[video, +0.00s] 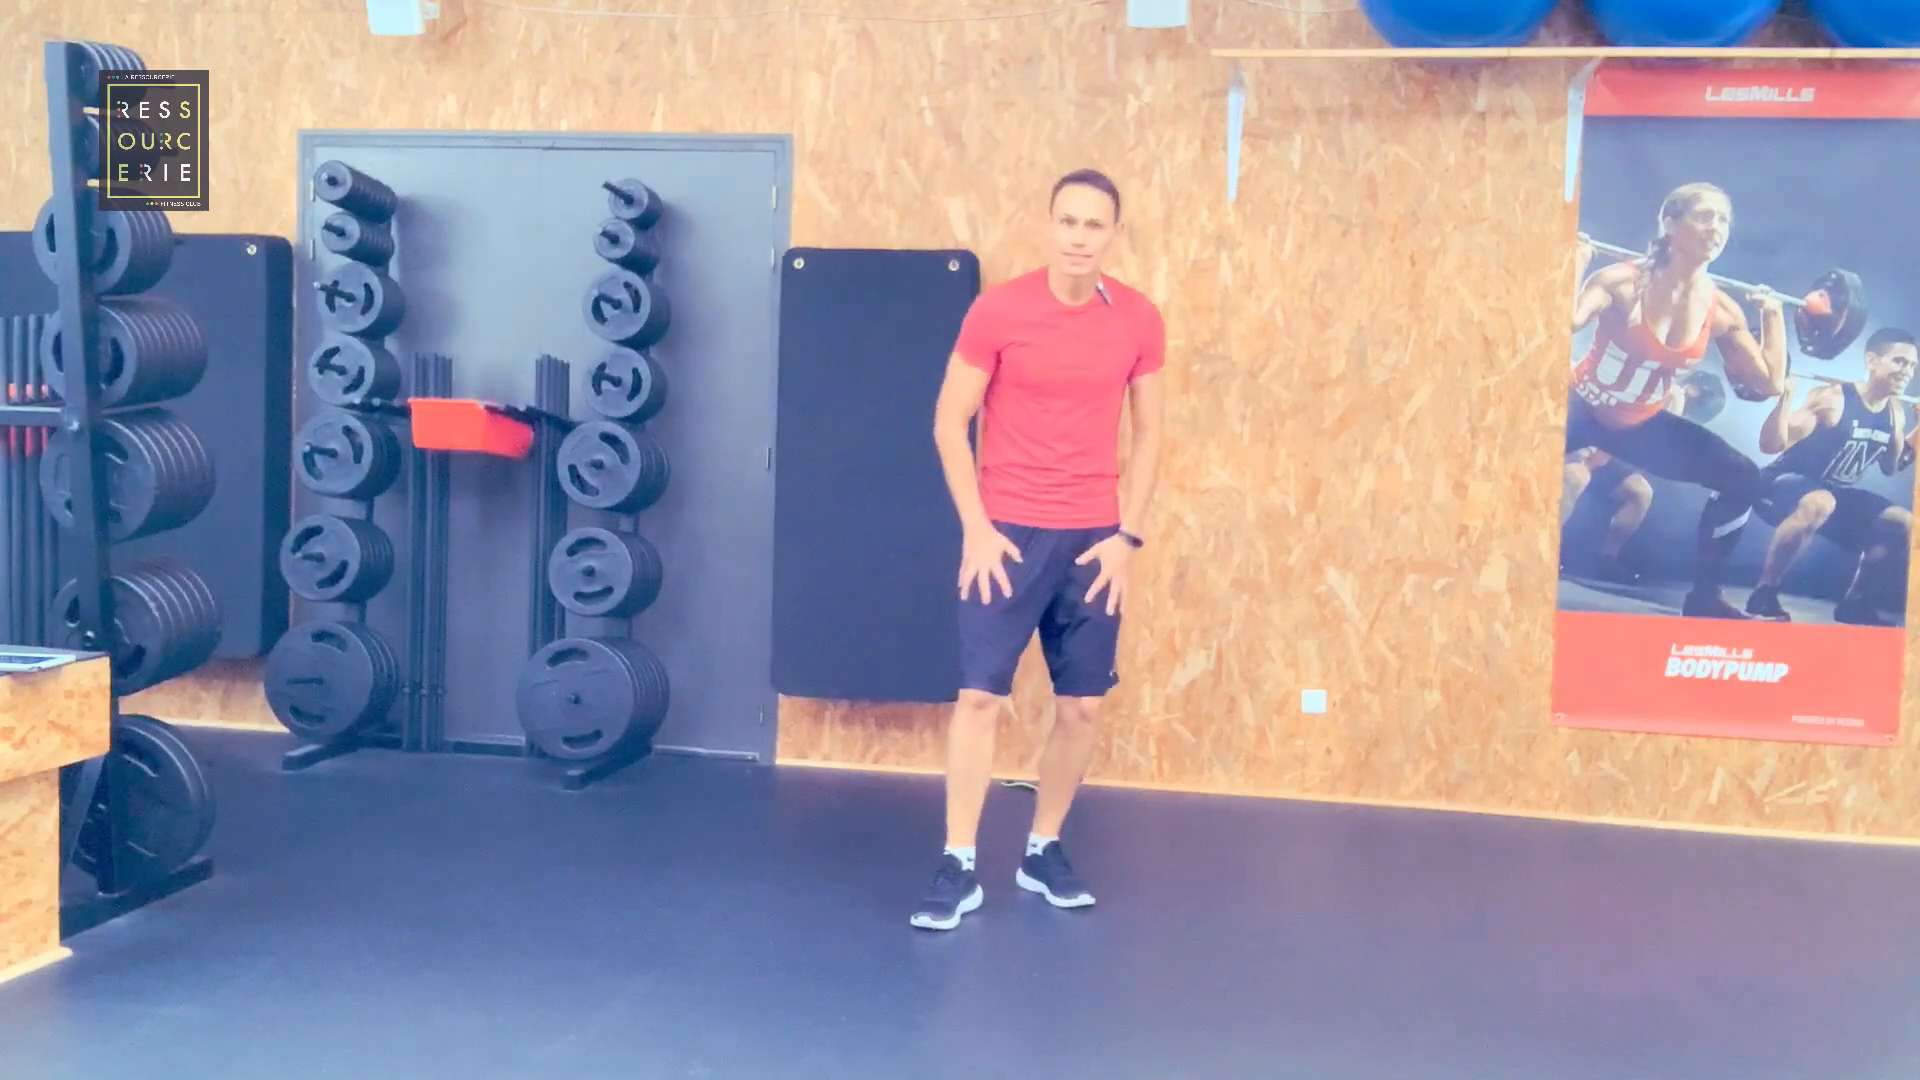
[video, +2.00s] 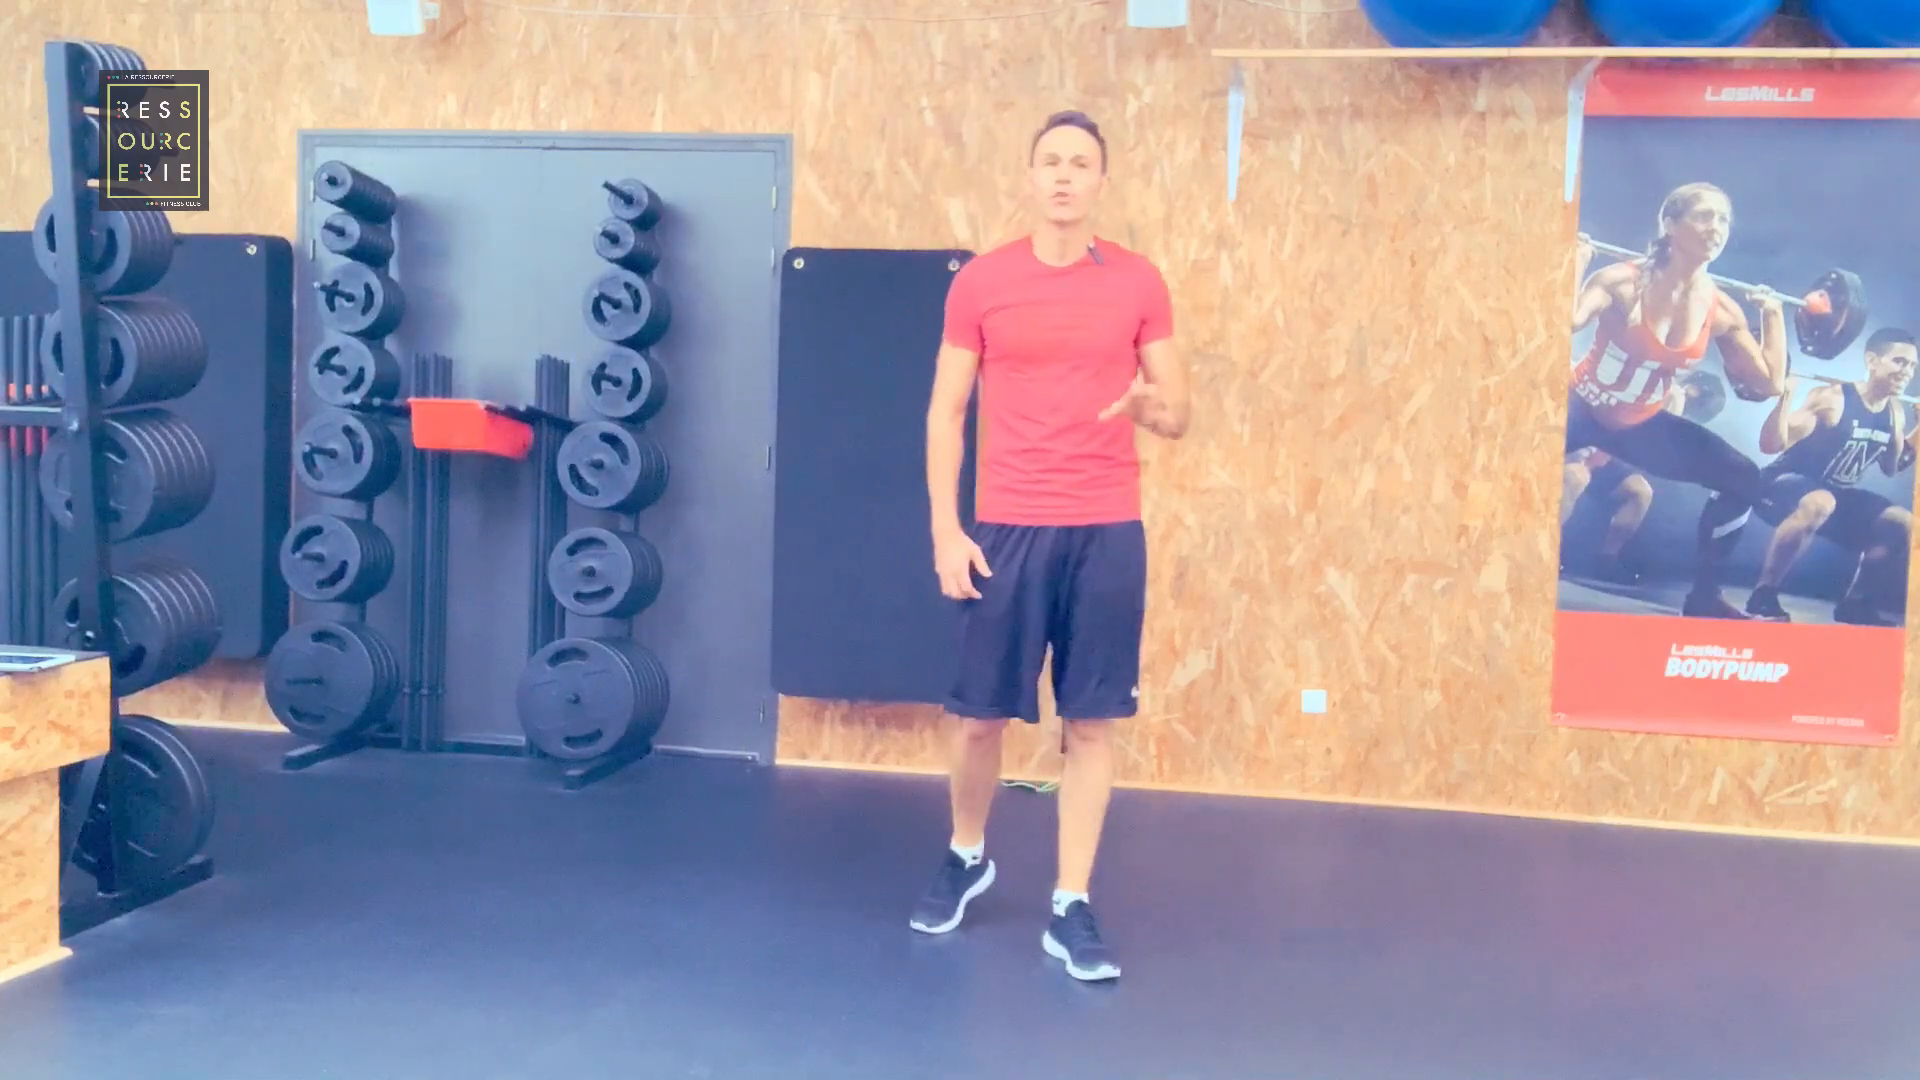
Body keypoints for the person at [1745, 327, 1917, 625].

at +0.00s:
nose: (1906, 372)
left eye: (1911, 365)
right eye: (1899, 361)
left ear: (1913, 371)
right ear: (1872, 361)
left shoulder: (1894, 411)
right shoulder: (1831, 397)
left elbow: (1890, 466)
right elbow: (1768, 444)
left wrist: (1910, 444)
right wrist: (1784, 398)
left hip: (1838, 494)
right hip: (1785, 481)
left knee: (1904, 524)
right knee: (1821, 502)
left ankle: (1854, 605)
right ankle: (1763, 595)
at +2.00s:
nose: (1906, 372)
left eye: (1911, 365)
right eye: (1899, 361)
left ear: (1913, 371)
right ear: (1871, 361)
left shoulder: (1894, 411)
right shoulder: (1830, 398)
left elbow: (1891, 467)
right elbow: (1768, 444)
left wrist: (1911, 444)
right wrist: (1785, 396)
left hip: (1839, 495)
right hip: (1786, 482)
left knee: (1904, 524)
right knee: (1821, 502)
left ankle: (1855, 604)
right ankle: (1763, 595)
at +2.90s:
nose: (1906, 372)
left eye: (1911, 365)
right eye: (1899, 361)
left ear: (1913, 371)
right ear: (1872, 361)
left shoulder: (1894, 411)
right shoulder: (1831, 397)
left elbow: (1891, 466)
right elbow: (1769, 444)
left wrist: (1914, 437)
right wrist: (1785, 396)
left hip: (1839, 495)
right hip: (1785, 481)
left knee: (1904, 524)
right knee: (1821, 502)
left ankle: (1854, 604)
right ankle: (1764, 595)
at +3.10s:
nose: (1906, 371)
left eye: (1911, 365)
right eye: (1899, 361)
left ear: (1913, 371)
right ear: (1872, 361)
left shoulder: (1894, 411)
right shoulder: (1831, 397)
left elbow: (1891, 466)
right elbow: (1768, 444)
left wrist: (1915, 436)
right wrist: (1785, 397)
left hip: (1839, 495)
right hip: (1785, 482)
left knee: (1905, 524)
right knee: (1821, 502)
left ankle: (1854, 604)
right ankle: (1764, 595)